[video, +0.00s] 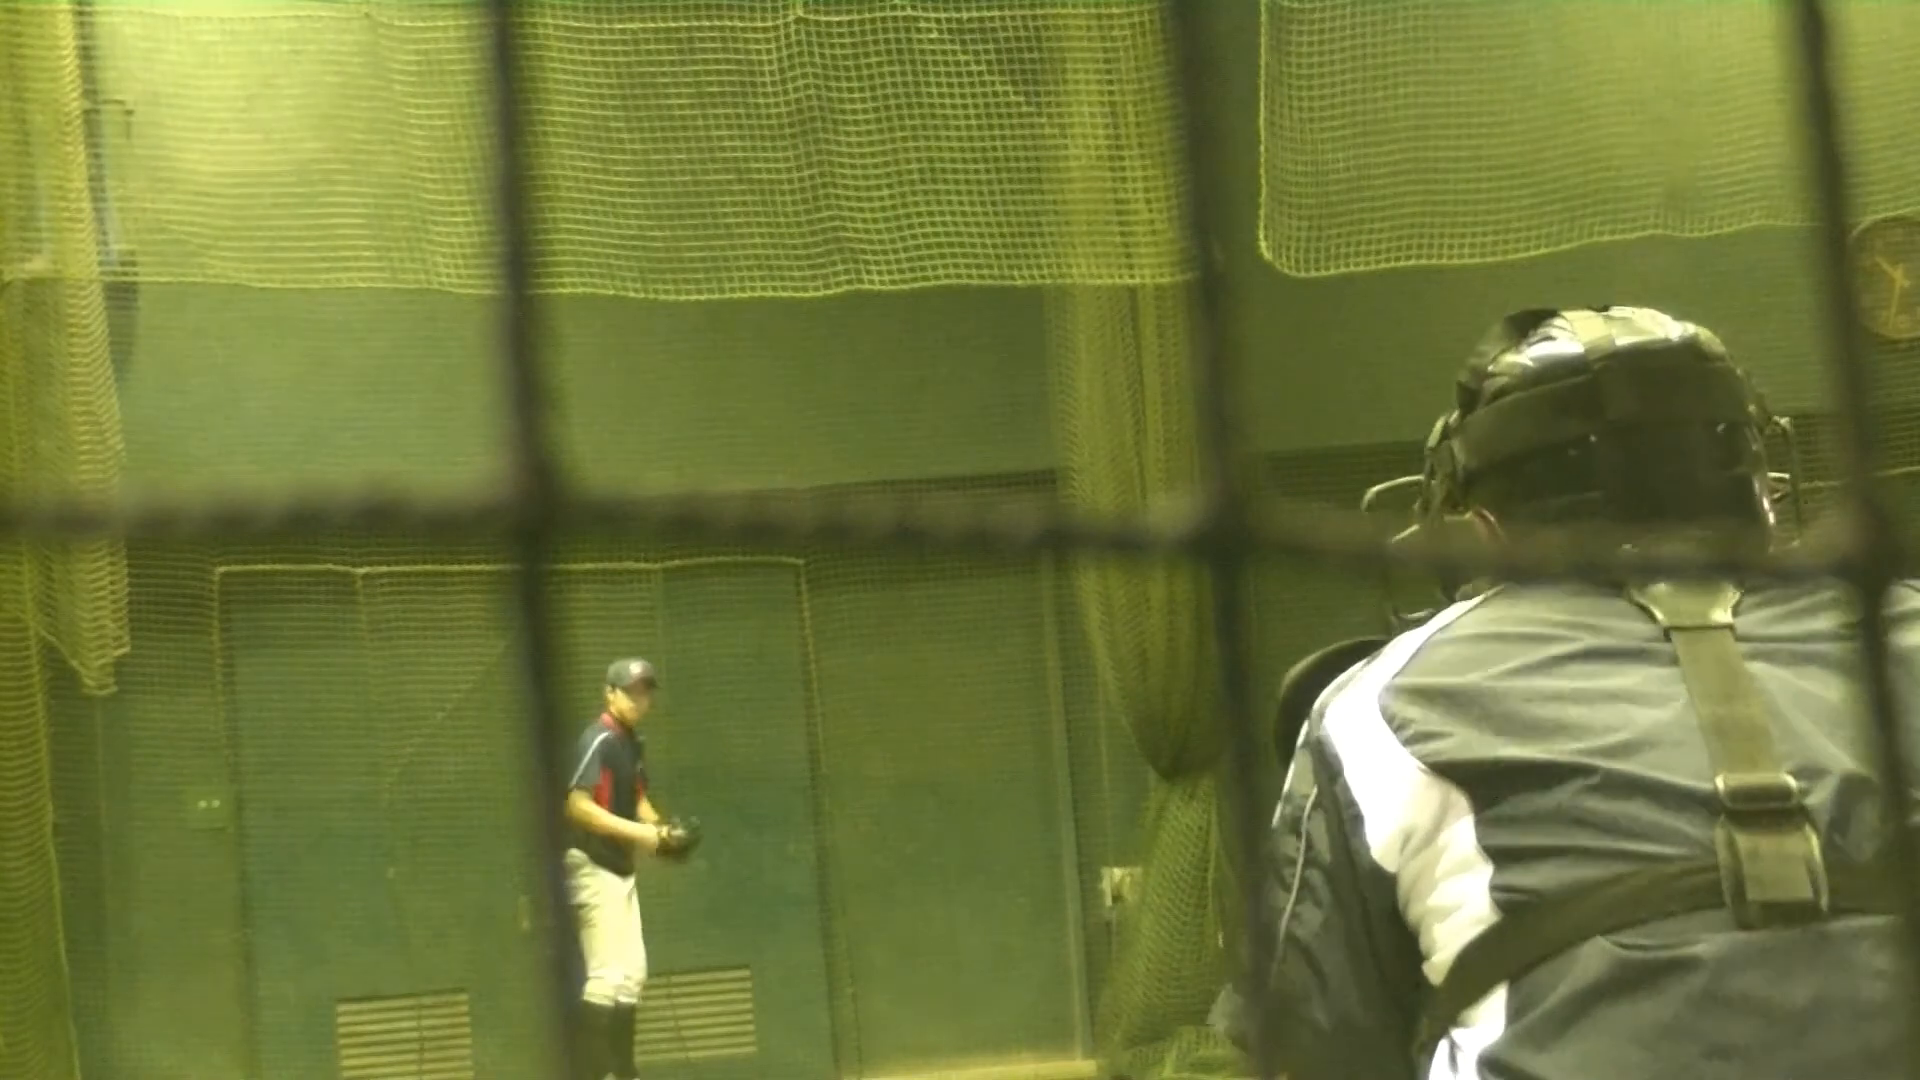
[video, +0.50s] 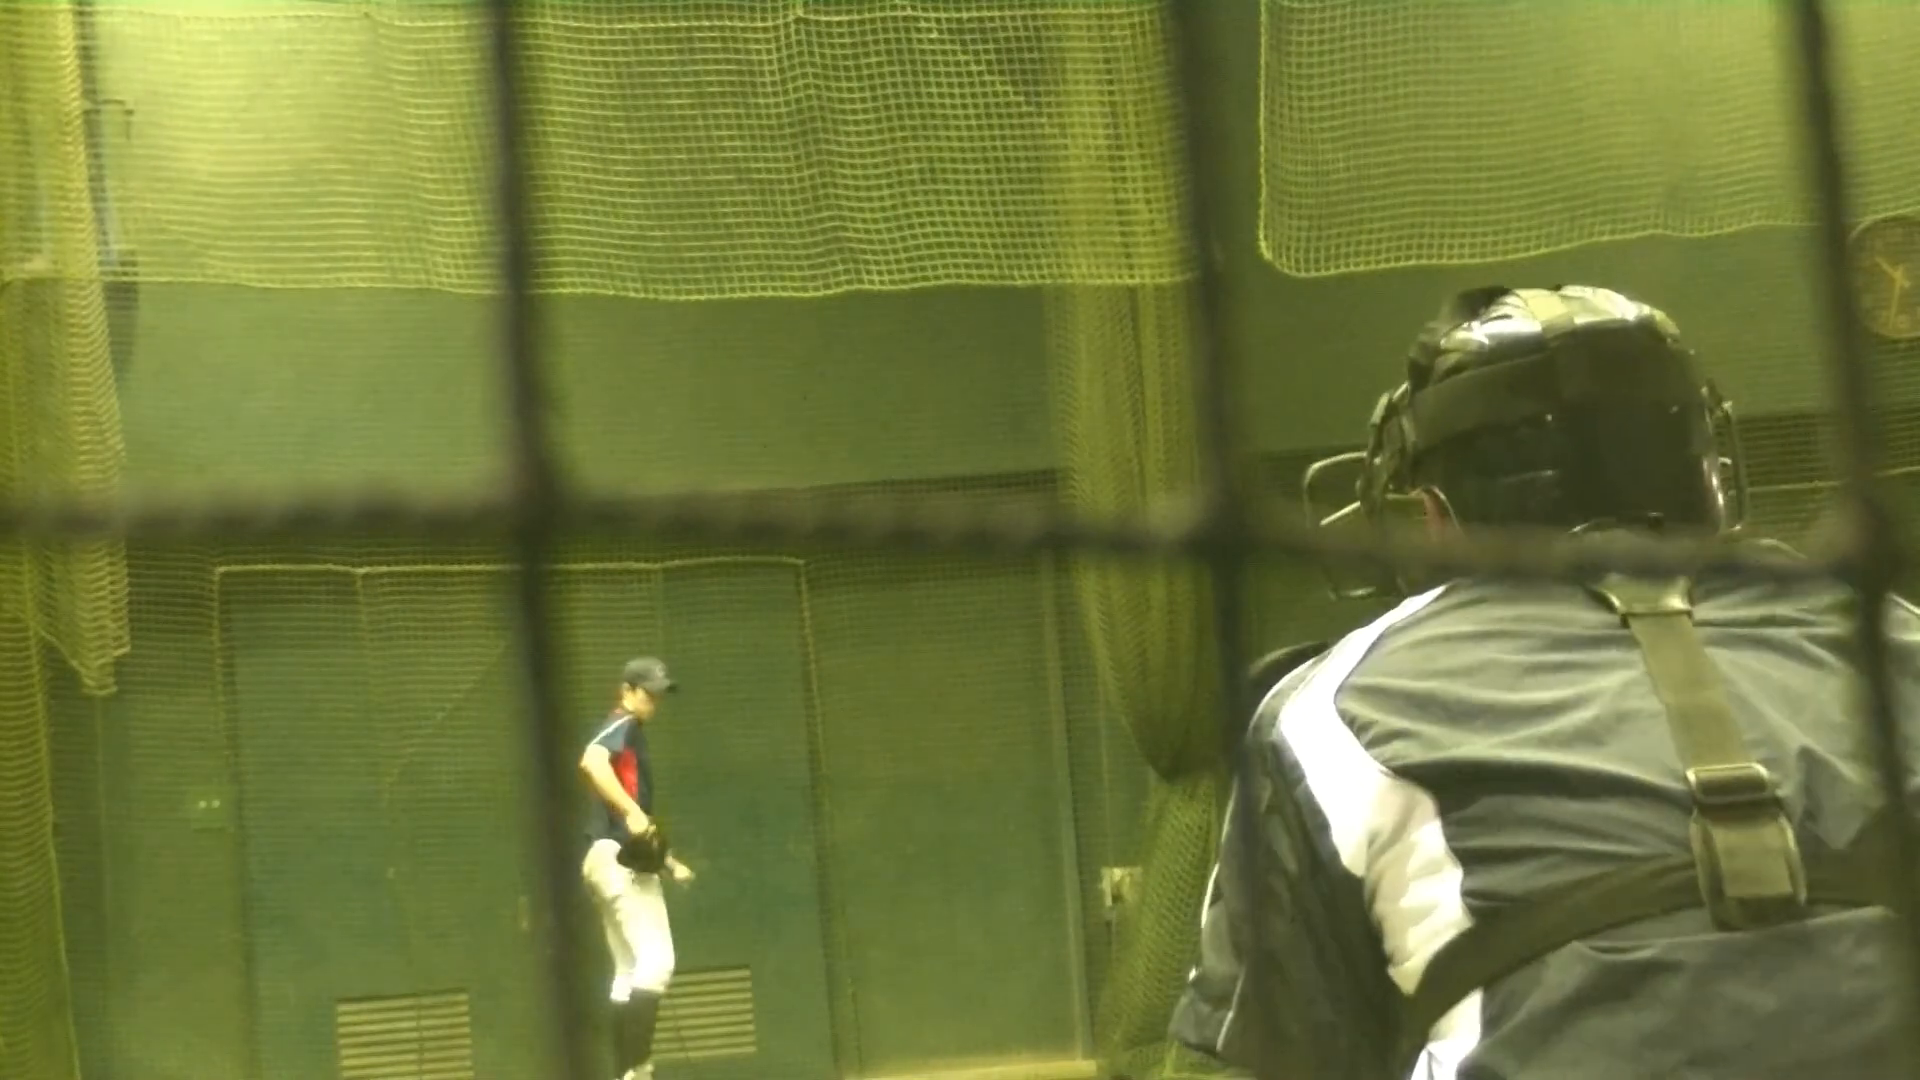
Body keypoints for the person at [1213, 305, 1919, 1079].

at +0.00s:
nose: (1432, 551)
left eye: (1442, 529)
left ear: (1486, 533)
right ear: (1760, 499)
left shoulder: (1372, 710)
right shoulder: (1895, 622)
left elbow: (1311, 1044)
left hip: (1592, 1033)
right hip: (1889, 1023)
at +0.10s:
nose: (1422, 547)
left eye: (1429, 526)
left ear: (1473, 529)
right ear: (1738, 502)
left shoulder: (1356, 711)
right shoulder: (1894, 622)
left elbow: (1307, 1047)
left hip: (1578, 1033)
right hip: (1885, 1023)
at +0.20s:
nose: (1413, 556)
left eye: (1417, 539)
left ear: (1451, 539)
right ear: (1724, 507)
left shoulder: (1340, 730)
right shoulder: (1892, 628)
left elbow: (1298, 1052)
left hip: (1581, 1033)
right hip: (1888, 1022)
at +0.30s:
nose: (1405, 556)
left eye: (1412, 533)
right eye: (1402, 536)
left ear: (1445, 537)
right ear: (1706, 504)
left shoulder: (1330, 729)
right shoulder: (1877, 626)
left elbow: (1283, 1052)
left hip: (1583, 1024)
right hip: (1885, 1005)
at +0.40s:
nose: (1393, 555)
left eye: (1396, 531)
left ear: (1430, 534)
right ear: (1707, 504)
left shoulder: (1323, 720)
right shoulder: (1881, 631)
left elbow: (1271, 1050)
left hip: (1579, 1020)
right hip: (1884, 1004)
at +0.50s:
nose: (1392, 540)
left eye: (1396, 517)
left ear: (1434, 526)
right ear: (1709, 492)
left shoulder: (1322, 713)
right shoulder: (1886, 625)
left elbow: (1272, 1052)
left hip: (1573, 1024)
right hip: (1886, 1011)